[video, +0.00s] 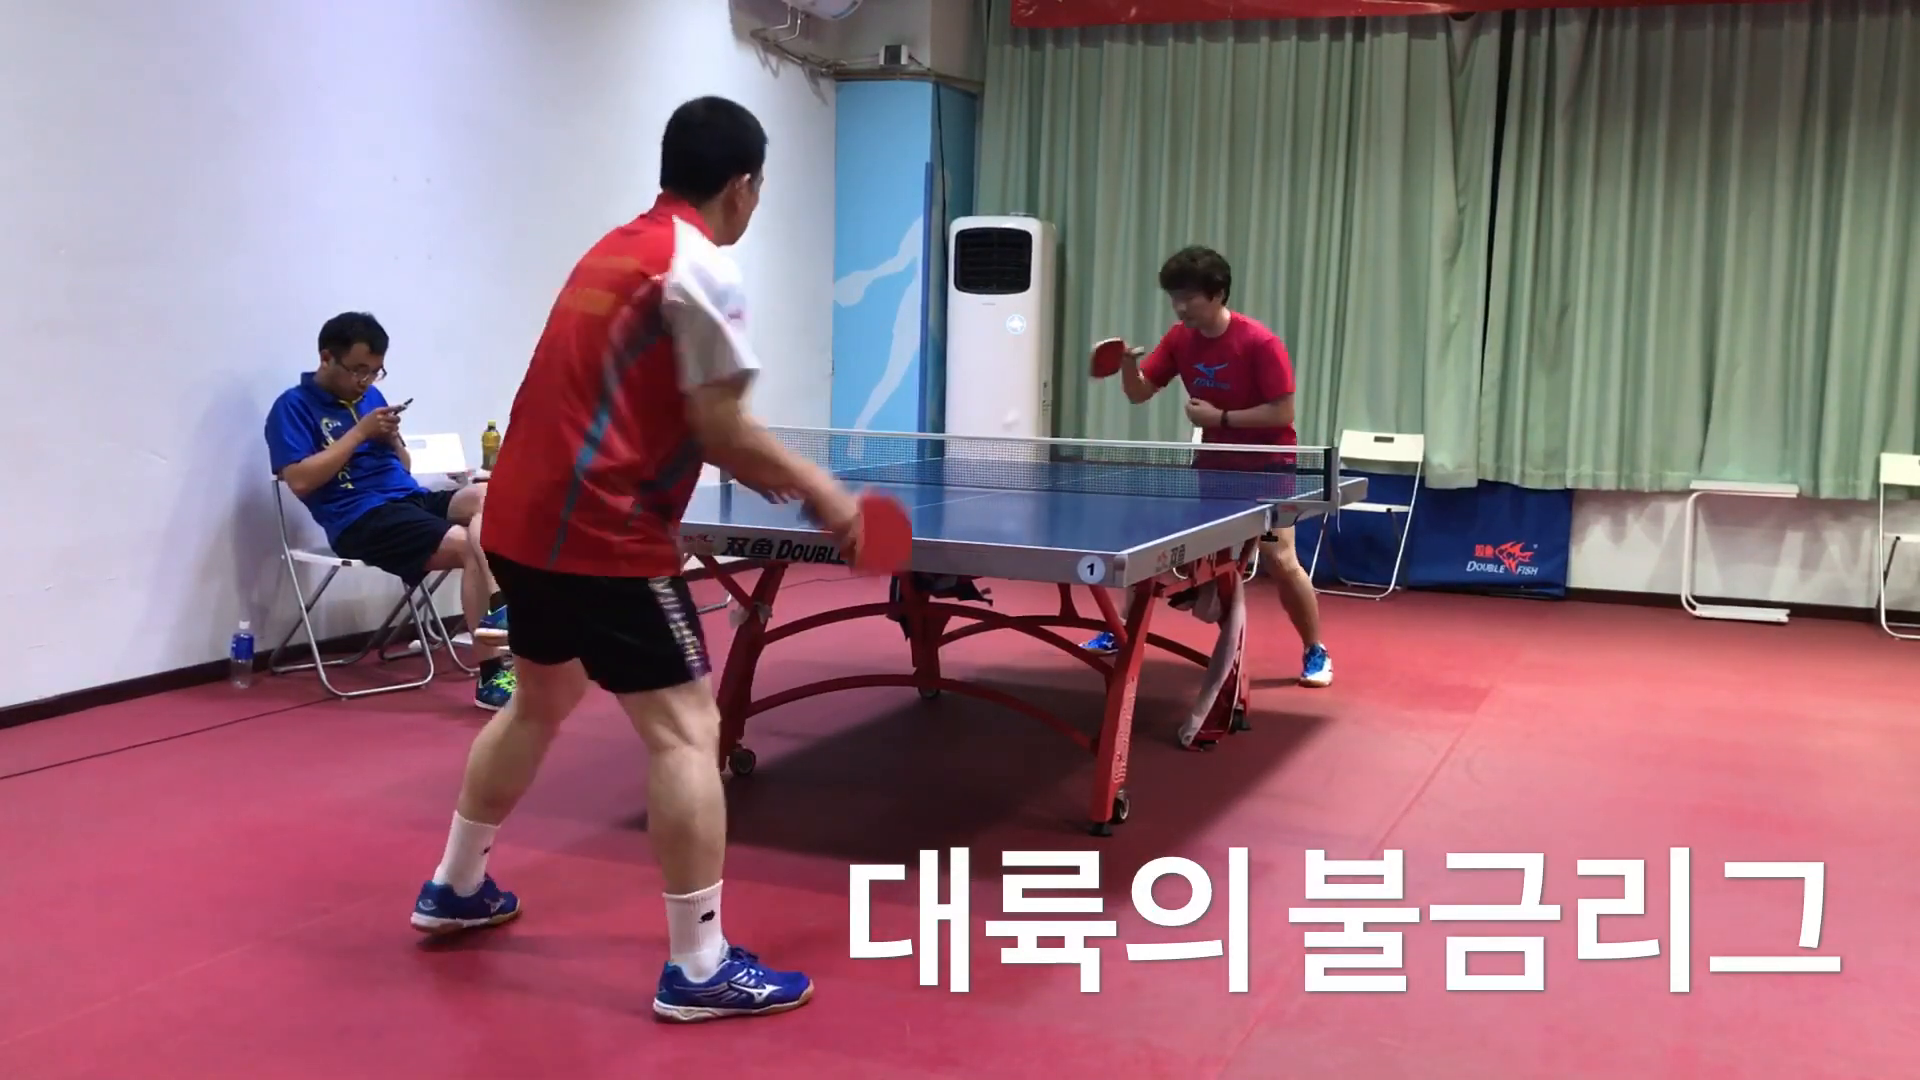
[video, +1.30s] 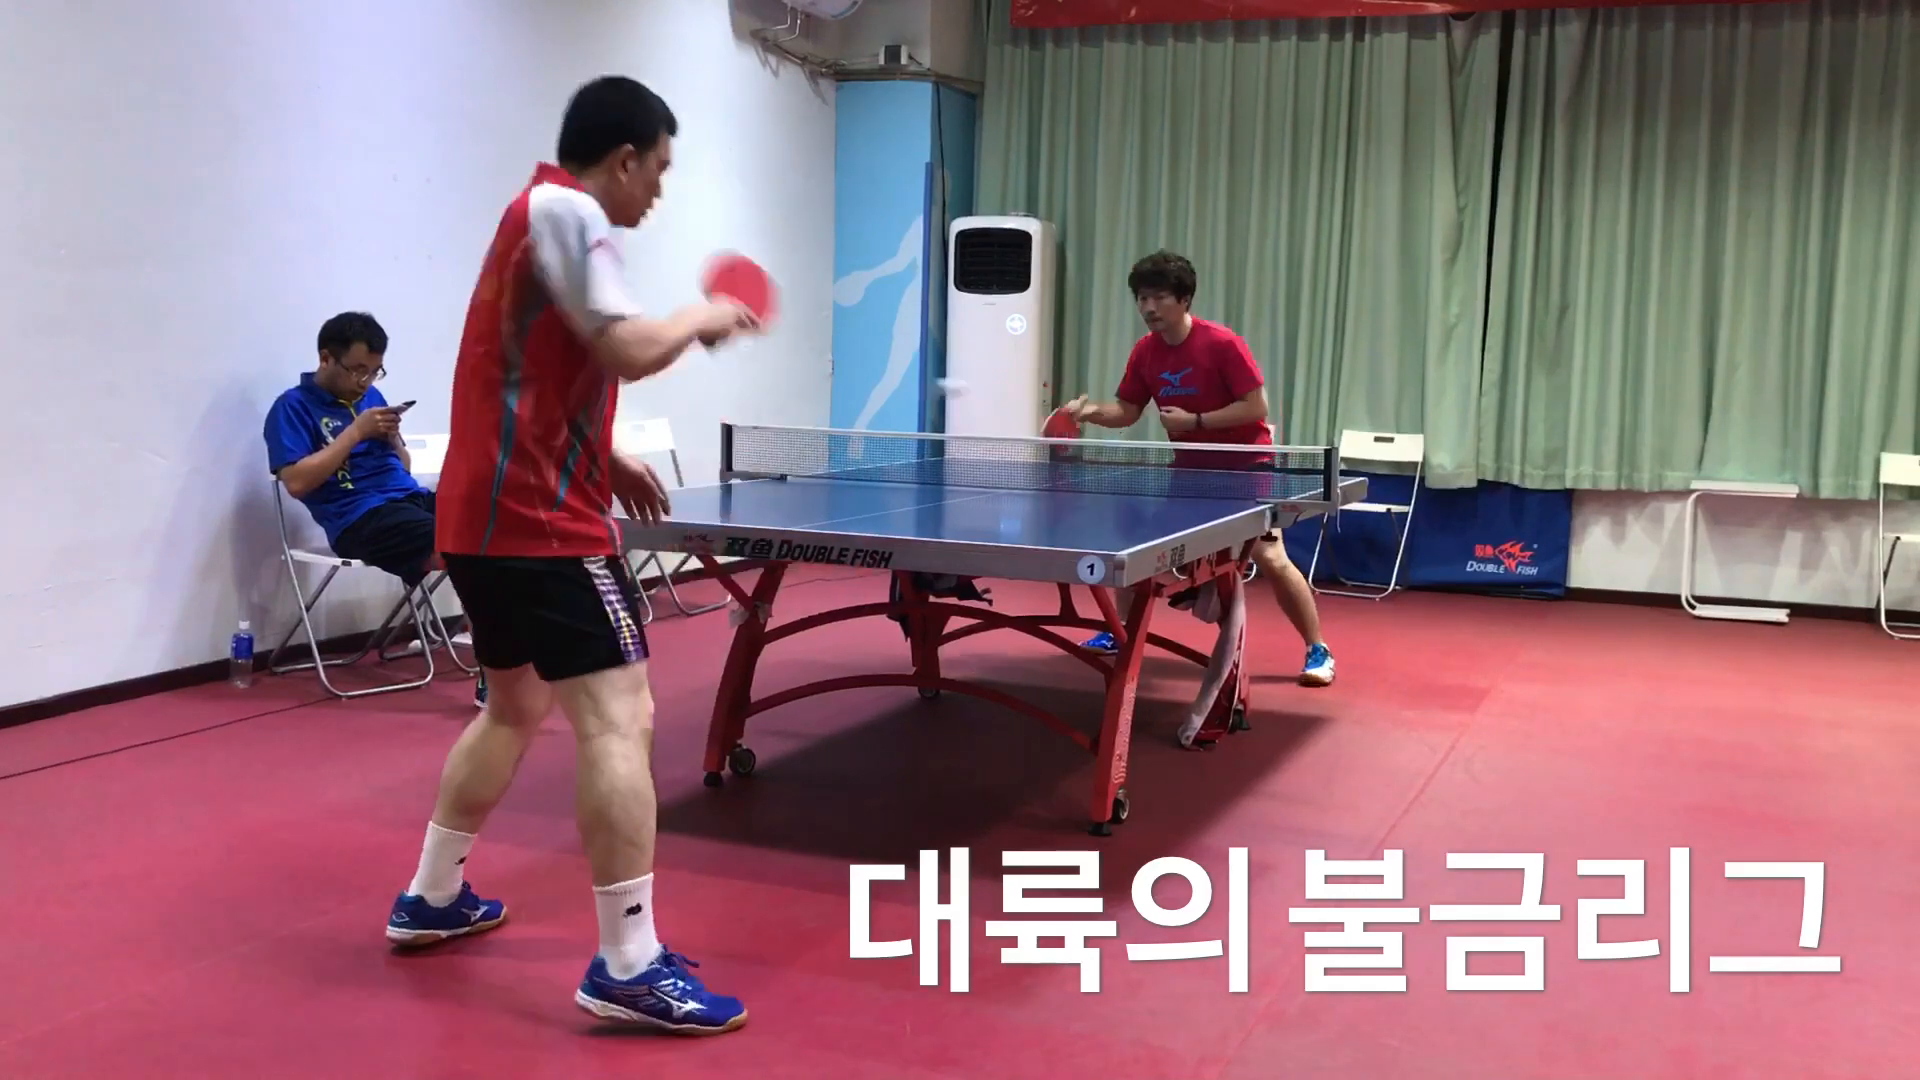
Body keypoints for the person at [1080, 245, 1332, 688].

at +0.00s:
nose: (1177, 308)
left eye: (1185, 298)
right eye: (1174, 299)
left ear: (1214, 294)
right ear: (1176, 298)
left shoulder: (1261, 344)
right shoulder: (1180, 339)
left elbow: (1283, 413)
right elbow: (1138, 393)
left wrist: (1220, 417)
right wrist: (1127, 364)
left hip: (1267, 471)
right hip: (1212, 469)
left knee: (1282, 561)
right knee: (1156, 541)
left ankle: (1315, 649)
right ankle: (1126, 634)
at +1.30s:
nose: (1147, 307)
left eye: (1157, 297)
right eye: (1141, 298)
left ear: (1184, 299)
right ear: (1138, 302)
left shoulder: (1223, 345)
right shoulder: (1145, 352)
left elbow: (1257, 408)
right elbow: (1126, 411)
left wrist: (1195, 421)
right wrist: (1092, 410)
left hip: (1247, 469)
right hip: (1189, 470)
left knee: (1271, 557)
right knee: (1144, 541)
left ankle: (1317, 649)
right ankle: (1123, 633)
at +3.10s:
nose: (1195, 322)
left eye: (1205, 311)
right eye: (1189, 312)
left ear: (1232, 314)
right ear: (1184, 315)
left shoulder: (1269, 361)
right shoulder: (1179, 365)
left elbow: (1300, 426)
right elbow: (1135, 424)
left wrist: (1241, 436)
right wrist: (1129, 402)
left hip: (1277, 479)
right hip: (1216, 480)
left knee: (1304, 562)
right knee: (1150, 543)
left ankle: (1353, 655)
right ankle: (1132, 635)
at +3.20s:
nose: (1184, 316)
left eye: (1193, 306)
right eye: (1177, 307)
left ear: (1220, 307)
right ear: (1172, 310)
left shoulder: (1257, 357)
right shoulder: (1171, 361)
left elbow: (1290, 420)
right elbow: (1141, 418)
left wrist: (1227, 431)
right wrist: (1114, 407)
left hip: (1271, 476)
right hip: (1211, 477)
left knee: (1298, 563)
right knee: (1163, 555)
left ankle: (1351, 655)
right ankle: (1133, 633)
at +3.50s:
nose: (1156, 344)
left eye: (1162, 336)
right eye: (1153, 336)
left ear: (1191, 330)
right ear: (1181, 331)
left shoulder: (1229, 375)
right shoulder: (1181, 368)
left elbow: (1263, 445)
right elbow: (1169, 405)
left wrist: (1206, 446)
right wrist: (1104, 398)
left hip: (1273, 482)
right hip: (1224, 480)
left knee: (1285, 580)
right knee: (1159, 541)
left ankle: (1350, 655)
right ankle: (1131, 633)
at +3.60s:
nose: (1156, 332)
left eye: (1162, 323)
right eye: (1154, 323)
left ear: (1192, 321)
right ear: (1178, 323)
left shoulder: (1238, 364)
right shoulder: (1164, 363)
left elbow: (1271, 431)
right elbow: (1115, 386)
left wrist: (1210, 437)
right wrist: (1081, 367)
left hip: (1270, 478)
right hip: (1215, 477)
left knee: (1290, 571)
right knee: (1158, 541)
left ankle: (1350, 654)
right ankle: (1132, 631)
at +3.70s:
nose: (1156, 317)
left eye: (1164, 307)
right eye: (1152, 308)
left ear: (1193, 305)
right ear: (1151, 308)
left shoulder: (1241, 349)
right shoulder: (1154, 350)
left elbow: (1273, 412)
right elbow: (1095, 383)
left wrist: (1212, 421)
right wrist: (1088, 362)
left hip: (1262, 471)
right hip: (1204, 473)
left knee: (1292, 557)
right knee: (1154, 545)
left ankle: (1341, 649)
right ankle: (1130, 631)